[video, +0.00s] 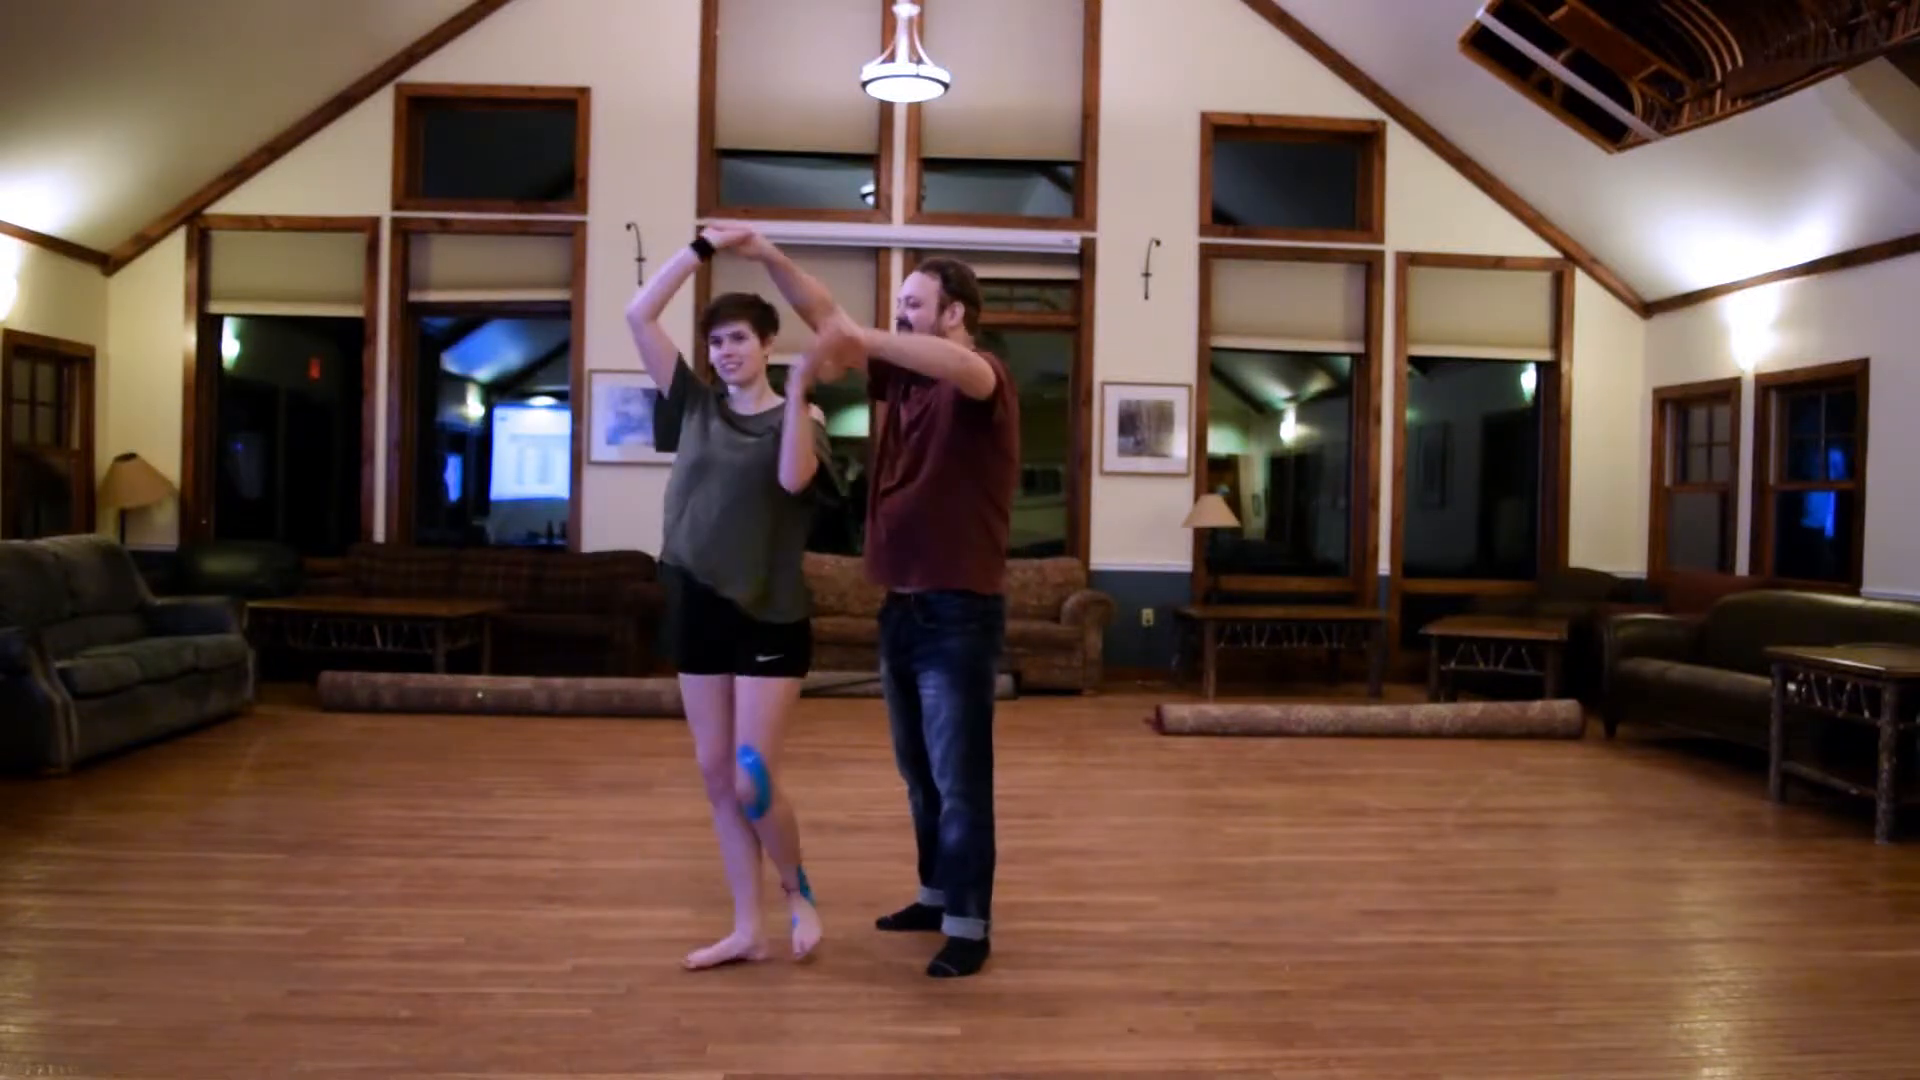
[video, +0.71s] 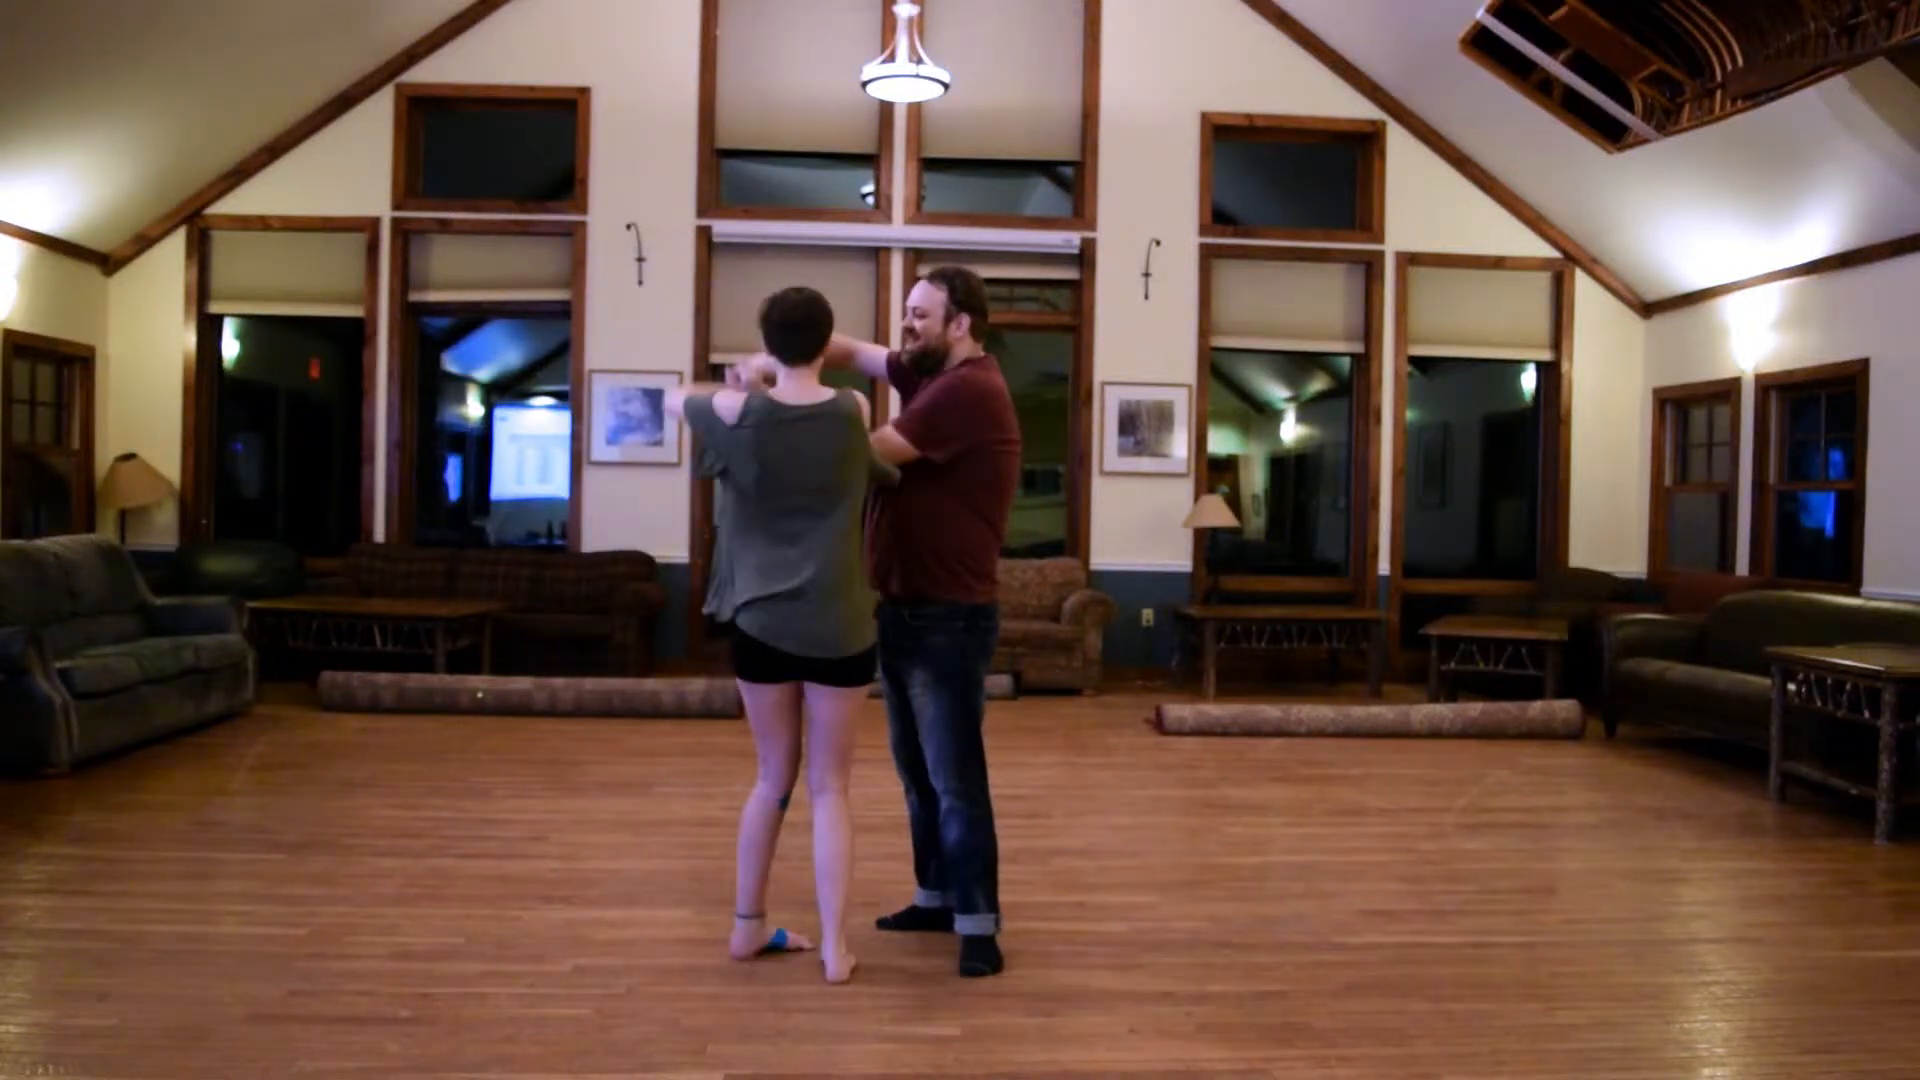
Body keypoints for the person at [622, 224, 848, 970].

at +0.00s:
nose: (726, 350)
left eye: (738, 339)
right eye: (717, 341)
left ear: (767, 345)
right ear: (708, 351)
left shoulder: (795, 417)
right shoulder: (698, 404)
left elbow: (795, 477)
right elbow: (639, 317)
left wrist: (796, 388)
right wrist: (696, 250)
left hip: (772, 611)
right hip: (699, 603)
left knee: (751, 782)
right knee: (717, 777)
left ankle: (796, 897)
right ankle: (748, 929)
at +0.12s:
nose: (754, 344)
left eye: (762, 333)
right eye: (739, 335)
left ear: (774, 345)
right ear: (713, 349)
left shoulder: (802, 421)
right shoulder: (692, 411)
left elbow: (821, 513)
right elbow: (680, 335)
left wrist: (852, 471)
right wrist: (755, 284)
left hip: (787, 604)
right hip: (708, 601)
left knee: (793, 775)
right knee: (736, 773)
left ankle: (778, 894)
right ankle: (757, 928)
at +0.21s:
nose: (777, 350)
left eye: (779, 339)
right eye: (762, 339)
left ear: (780, 349)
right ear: (723, 350)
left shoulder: (803, 424)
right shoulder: (700, 420)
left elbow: (824, 522)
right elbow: (711, 397)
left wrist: (873, 534)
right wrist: (788, 360)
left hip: (792, 606)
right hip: (714, 604)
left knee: (803, 776)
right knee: (744, 773)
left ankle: (748, 904)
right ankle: (754, 930)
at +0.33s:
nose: (799, 348)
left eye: (796, 337)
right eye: (788, 338)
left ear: (764, 350)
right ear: (753, 349)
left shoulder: (785, 417)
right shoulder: (731, 422)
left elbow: (799, 531)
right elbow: (810, 484)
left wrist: (849, 586)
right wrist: (850, 448)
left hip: (784, 615)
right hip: (735, 617)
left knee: (789, 771)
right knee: (781, 776)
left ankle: (744, 916)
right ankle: (760, 933)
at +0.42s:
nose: (809, 357)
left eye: (806, 346)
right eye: (803, 346)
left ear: (759, 353)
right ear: (776, 352)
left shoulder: (752, 414)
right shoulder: (760, 424)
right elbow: (842, 513)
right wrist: (830, 463)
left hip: (752, 619)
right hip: (765, 623)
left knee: (784, 775)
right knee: (817, 775)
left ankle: (743, 917)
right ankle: (772, 935)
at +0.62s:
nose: (825, 354)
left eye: (821, 344)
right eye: (823, 346)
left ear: (757, 351)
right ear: (813, 351)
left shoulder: (724, 425)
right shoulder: (830, 418)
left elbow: (693, 479)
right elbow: (866, 486)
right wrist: (845, 430)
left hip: (749, 621)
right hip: (822, 626)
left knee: (773, 774)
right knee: (827, 788)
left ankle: (740, 921)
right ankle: (834, 945)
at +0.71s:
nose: (757, 354)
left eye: (760, 344)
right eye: (832, 333)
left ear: (763, 348)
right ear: (829, 346)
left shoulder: (734, 423)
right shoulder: (850, 418)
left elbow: (690, 402)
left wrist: (741, 385)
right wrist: (773, 379)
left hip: (757, 620)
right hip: (839, 623)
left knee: (772, 777)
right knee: (829, 788)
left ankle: (748, 925)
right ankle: (835, 949)